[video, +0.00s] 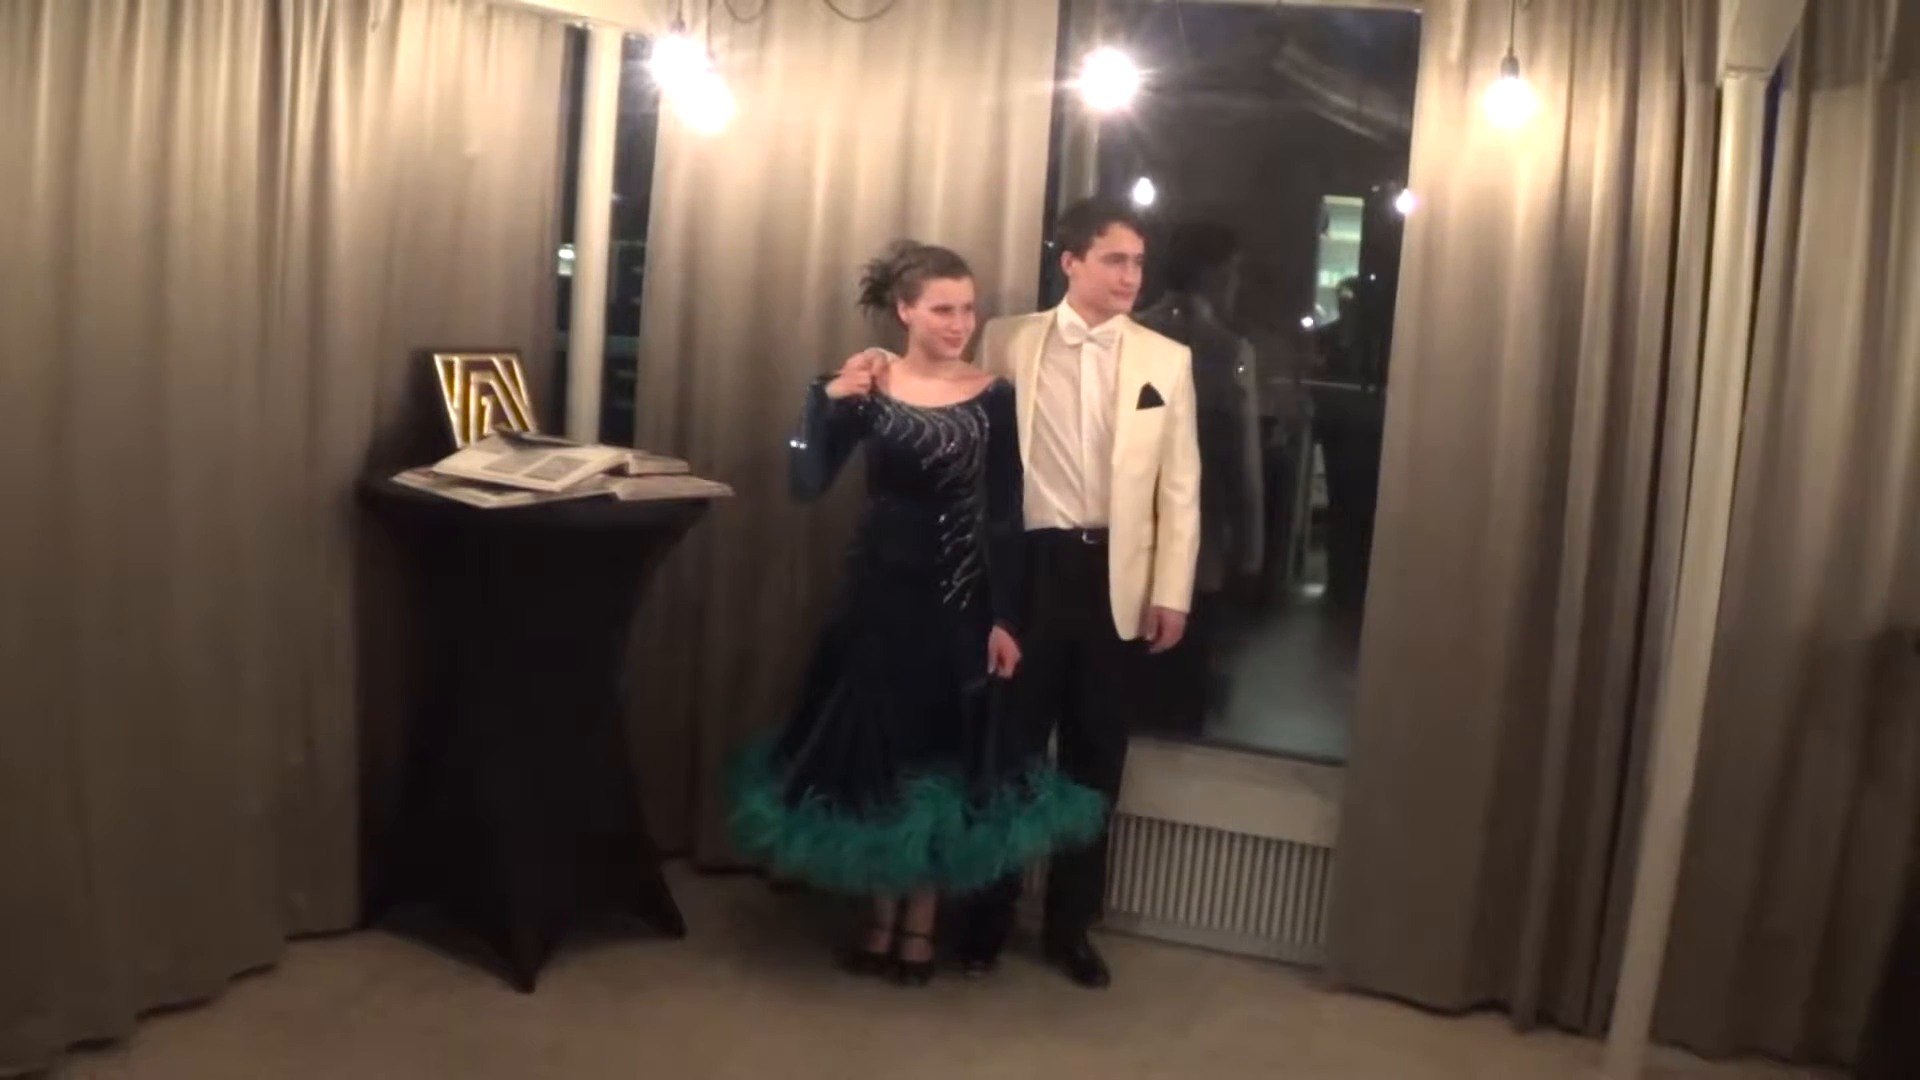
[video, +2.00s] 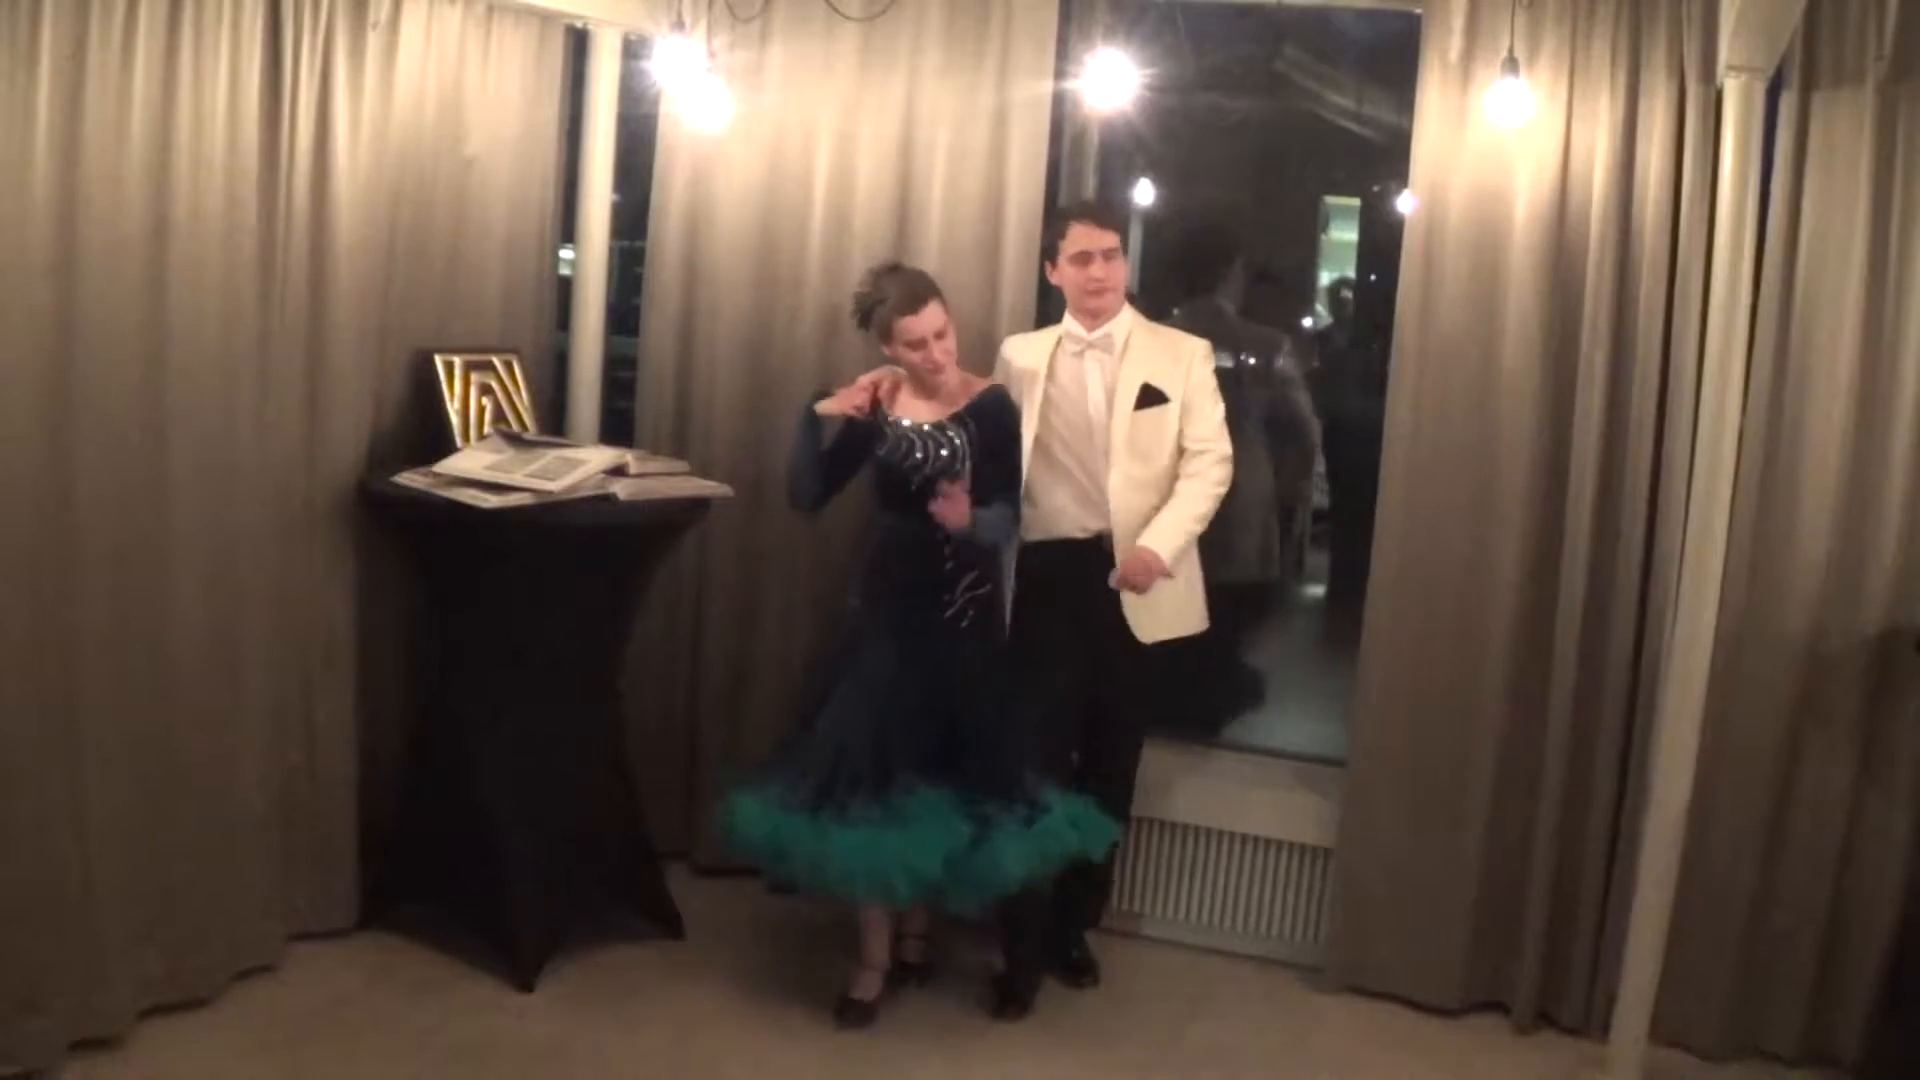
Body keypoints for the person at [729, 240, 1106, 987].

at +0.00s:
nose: (958, 323)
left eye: (967, 309)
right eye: (941, 309)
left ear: (979, 314)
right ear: (902, 312)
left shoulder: (992, 398)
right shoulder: (871, 385)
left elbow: (1005, 515)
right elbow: (808, 480)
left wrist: (1005, 617)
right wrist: (831, 396)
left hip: (960, 594)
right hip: (884, 587)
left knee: (939, 748)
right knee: (879, 743)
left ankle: (923, 906)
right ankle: (880, 905)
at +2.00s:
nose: (937, 354)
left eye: (941, 334)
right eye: (917, 346)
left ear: (953, 322)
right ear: (888, 351)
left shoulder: (992, 407)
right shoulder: (875, 408)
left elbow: (1011, 519)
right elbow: (809, 494)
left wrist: (972, 520)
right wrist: (825, 416)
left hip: (964, 610)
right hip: (889, 603)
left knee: (936, 759)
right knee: (869, 755)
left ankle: (915, 920)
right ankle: (872, 951)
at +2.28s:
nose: (922, 337)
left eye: (929, 319)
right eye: (903, 328)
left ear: (944, 315)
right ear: (875, 339)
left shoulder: (978, 399)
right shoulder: (864, 402)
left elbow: (996, 507)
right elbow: (795, 490)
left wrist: (944, 481)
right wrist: (804, 418)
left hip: (958, 606)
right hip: (883, 599)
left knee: (937, 757)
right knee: (870, 759)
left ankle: (918, 921)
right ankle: (876, 955)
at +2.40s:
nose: (918, 330)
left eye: (926, 313)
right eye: (899, 320)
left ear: (940, 311)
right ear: (866, 332)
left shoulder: (974, 397)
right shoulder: (852, 402)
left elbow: (992, 509)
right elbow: (785, 493)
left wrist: (946, 519)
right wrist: (796, 420)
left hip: (954, 604)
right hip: (876, 598)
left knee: (934, 757)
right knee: (866, 759)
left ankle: (916, 922)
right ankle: (872, 956)